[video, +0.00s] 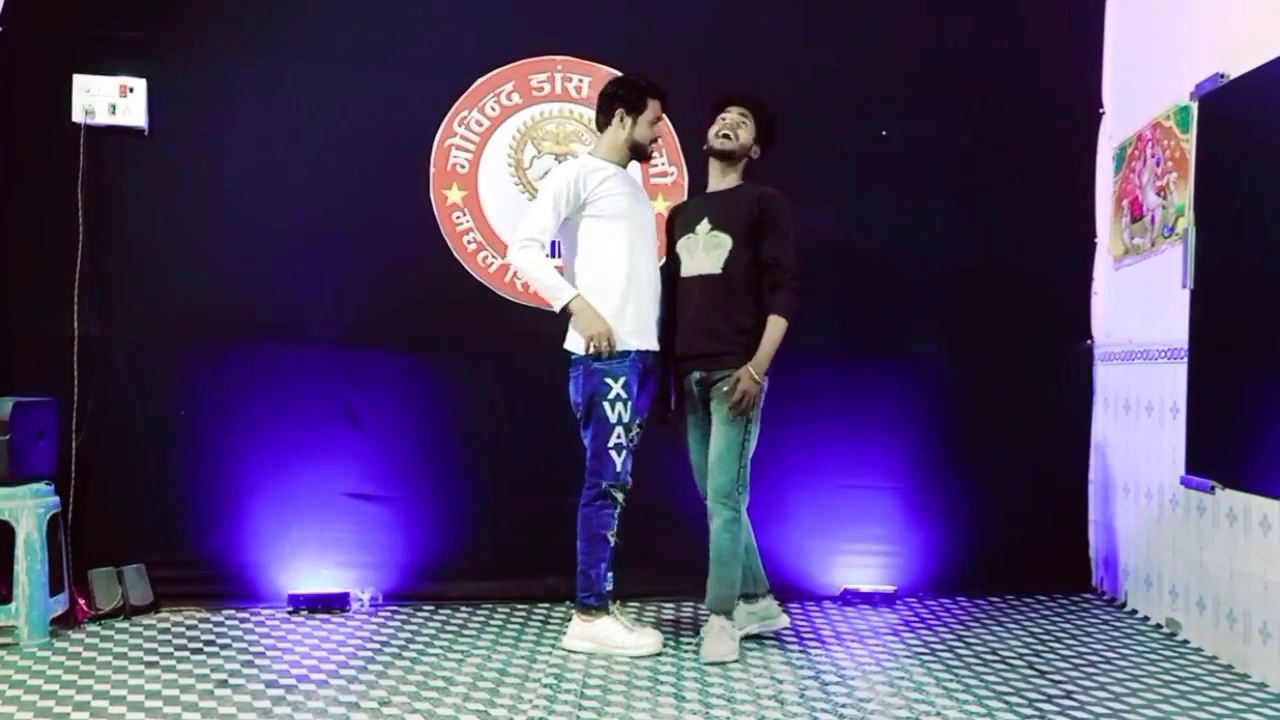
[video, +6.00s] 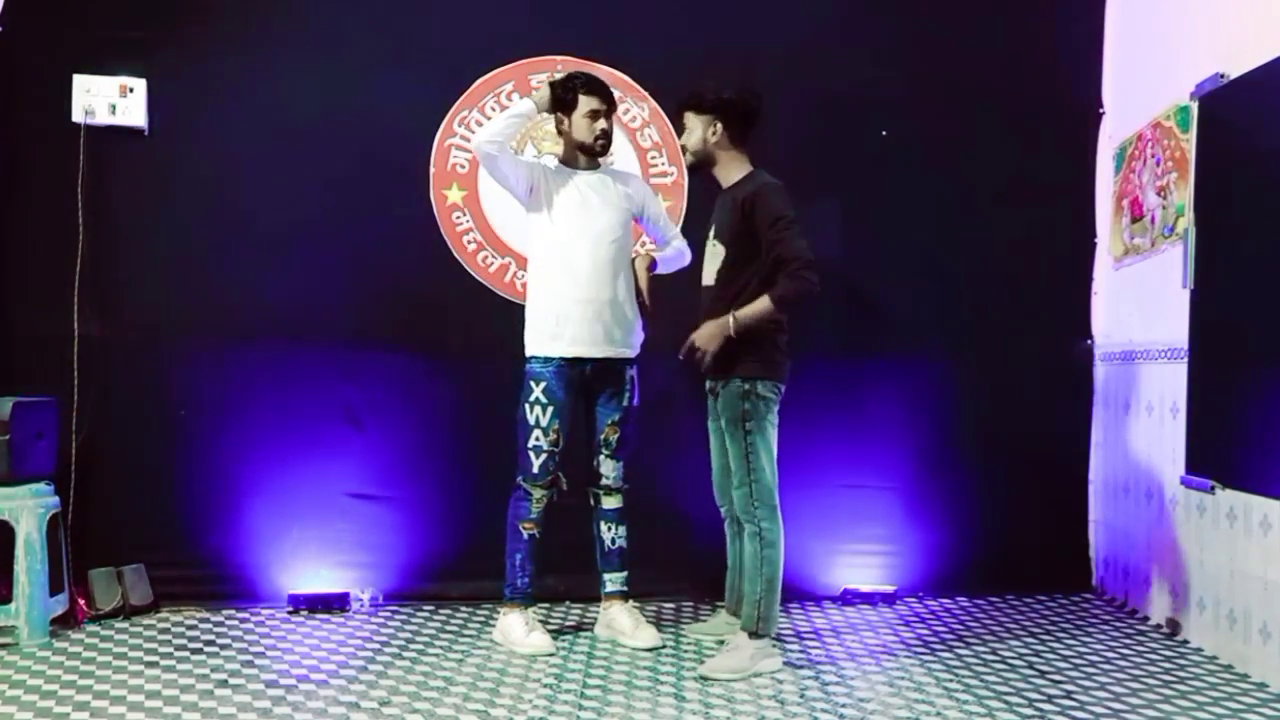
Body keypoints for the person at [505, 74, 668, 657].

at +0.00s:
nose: (661, 130)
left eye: (661, 121)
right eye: (655, 119)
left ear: (626, 118)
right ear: (622, 116)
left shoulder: (631, 183)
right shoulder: (578, 173)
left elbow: (637, 265)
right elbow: (524, 250)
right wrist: (581, 307)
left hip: (636, 352)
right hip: (603, 355)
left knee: (612, 483)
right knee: (607, 483)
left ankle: (599, 610)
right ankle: (590, 616)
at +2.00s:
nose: (506, 141)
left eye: (505, 131)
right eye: (496, 131)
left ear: (477, 140)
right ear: (460, 138)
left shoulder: (515, 199)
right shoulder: (423, 204)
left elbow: (570, 234)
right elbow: (446, 273)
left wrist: (632, 238)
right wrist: (513, 237)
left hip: (531, 365)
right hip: (462, 368)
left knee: (572, 481)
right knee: (425, 485)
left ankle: (613, 604)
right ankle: (378, 607)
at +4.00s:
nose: (639, 123)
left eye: (642, 115)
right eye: (630, 113)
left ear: (630, 121)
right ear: (593, 114)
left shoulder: (638, 187)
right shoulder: (547, 176)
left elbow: (676, 252)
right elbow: (485, 244)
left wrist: (654, 262)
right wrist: (531, 295)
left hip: (629, 353)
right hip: (566, 352)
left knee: (617, 480)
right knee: (546, 479)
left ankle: (615, 605)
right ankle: (516, 611)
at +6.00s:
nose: (605, 126)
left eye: (607, 116)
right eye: (593, 116)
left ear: (611, 119)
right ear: (561, 122)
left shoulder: (630, 183)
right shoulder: (539, 179)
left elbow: (678, 249)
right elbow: (489, 148)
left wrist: (648, 259)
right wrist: (537, 109)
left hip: (616, 348)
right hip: (553, 346)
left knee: (611, 477)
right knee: (538, 477)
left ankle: (616, 605)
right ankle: (515, 611)